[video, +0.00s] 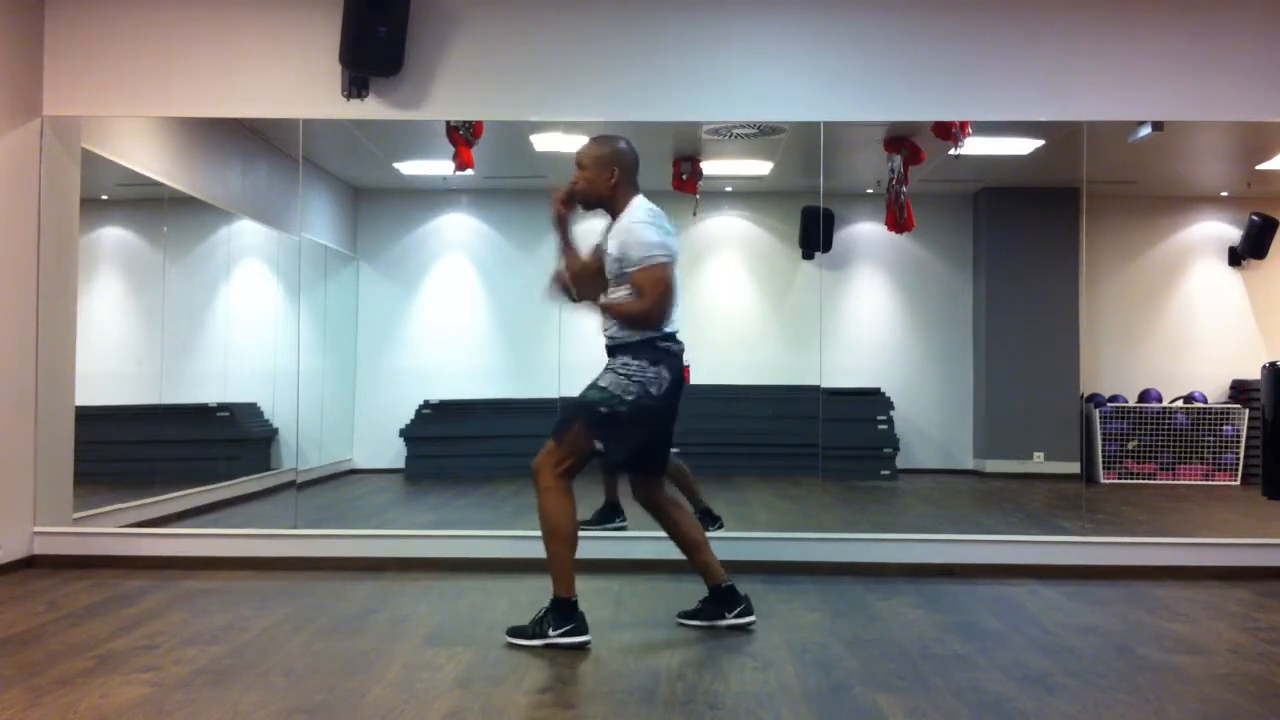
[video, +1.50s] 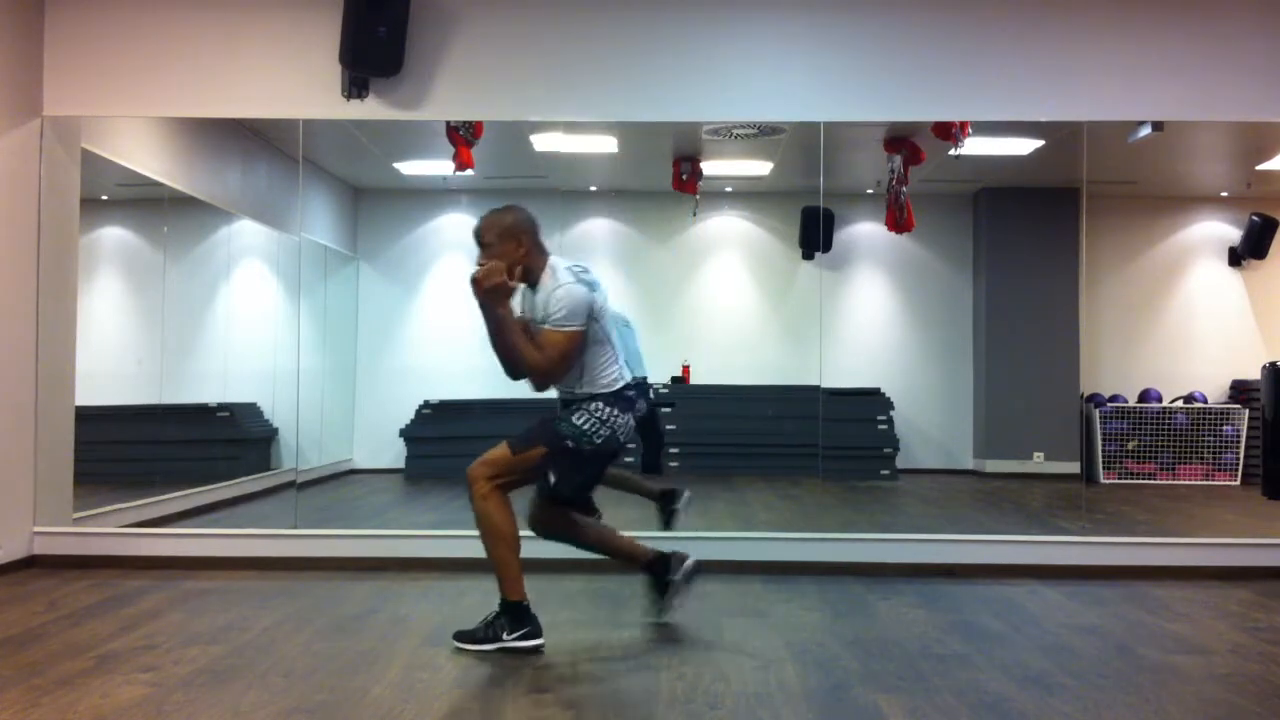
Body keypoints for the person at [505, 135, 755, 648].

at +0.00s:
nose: (575, 180)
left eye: (581, 170)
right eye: (576, 170)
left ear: (613, 175)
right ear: (615, 176)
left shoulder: (642, 223)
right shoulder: (621, 224)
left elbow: (651, 310)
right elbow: (584, 284)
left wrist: (591, 299)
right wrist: (563, 227)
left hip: (640, 368)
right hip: (647, 367)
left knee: (550, 469)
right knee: (649, 487)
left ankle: (564, 611)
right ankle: (724, 594)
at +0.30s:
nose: (572, 171)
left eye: (579, 162)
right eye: (574, 162)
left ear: (609, 165)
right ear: (615, 166)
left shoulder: (632, 211)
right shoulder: (637, 208)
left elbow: (585, 288)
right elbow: (589, 290)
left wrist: (556, 226)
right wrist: (559, 230)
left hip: (638, 360)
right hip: (651, 360)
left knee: (559, 467)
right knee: (646, 480)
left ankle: (563, 612)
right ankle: (718, 589)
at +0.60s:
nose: (594, 157)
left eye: (598, 148)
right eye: (595, 148)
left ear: (620, 148)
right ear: (644, 147)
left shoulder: (617, 194)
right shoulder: (678, 199)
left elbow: (566, 264)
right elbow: (648, 248)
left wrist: (575, 195)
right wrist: (603, 193)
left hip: (636, 342)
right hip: (674, 343)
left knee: (573, 464)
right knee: (681, 472)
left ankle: (564, 608)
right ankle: (723, 596)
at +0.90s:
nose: (577, 179)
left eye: (584, 169)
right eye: (579, 169)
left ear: (614, 176)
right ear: (623, 175)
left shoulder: (636, 220)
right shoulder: (645, 216)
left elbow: (580, 289)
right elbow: (591, 286)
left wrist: (575, 216)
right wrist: (583, 218)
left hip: (634, 369)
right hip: (655, 368)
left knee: (549, 468)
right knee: (663, 490)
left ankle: (561, 611)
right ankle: (743, 593)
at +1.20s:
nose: (559, 234)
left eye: (560, 225)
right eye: (558, 226)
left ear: (578, 217)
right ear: (605, 213)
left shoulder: (581, 253)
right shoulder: (654, 254)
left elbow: (554, 344)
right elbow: (652, 329)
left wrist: (548, 277)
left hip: (620, 397)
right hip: (663, 395)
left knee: (513, 473)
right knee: (633, 498)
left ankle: (516, 609)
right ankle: (715, 592)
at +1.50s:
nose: (483, 260)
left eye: (488, 249)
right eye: (481, 251)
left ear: (519, 247)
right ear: (519, 248)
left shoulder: (570, 290)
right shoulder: (528, 292)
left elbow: (547, 371)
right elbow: (516, 367)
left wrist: (501, 309)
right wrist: (491, 307)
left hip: (603, 412)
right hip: (582, 410)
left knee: (484, 477)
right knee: (549, 518)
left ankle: (515, 615)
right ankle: (661, 565)